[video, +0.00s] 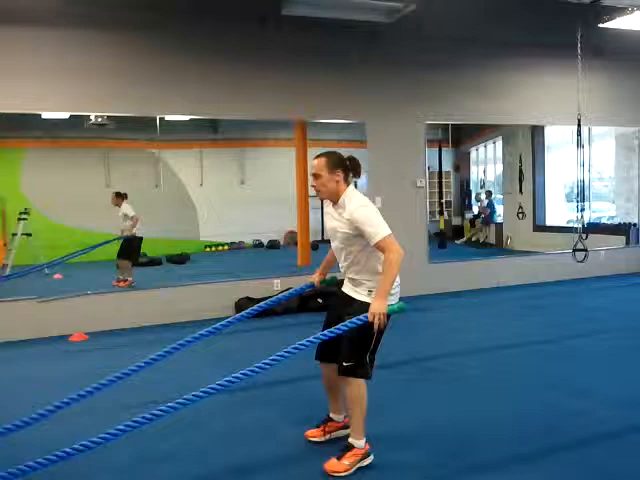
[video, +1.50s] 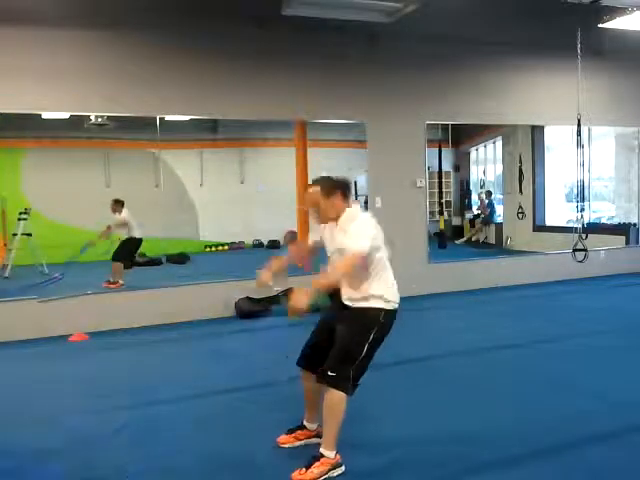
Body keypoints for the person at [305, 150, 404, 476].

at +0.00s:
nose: (312, 183)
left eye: (317, 176)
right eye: (311, 177)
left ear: (338, 177)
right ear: (330, 178)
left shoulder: (359, 208)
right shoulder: (332, 205)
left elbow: (394, 252)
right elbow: (342, 243)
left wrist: (381, 298)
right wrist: (321, 270)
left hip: (369, 299)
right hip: (346, 292)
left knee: (352, 370)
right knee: (326, 358)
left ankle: (359, 446)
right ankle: (339, 418)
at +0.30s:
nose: (329, 187)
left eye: (336, 183)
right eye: (331, 182)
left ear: (356, 190)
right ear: (347, 191)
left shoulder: (376, 225)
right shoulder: (341, 223)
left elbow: (377, 281)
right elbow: (333, 266)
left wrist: (348, 309)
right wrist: (311, 294)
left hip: (380, 310)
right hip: (354, 305)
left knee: (345, 375)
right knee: (326, 366)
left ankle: (350, 450)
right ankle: (334, 424)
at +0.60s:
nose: (331, 214)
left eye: (334, 207)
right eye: (329, 208)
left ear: (354, 199)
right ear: (342, 204)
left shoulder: (378, 218)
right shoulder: (352, 225)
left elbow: (386, 192)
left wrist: (346, 184)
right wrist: (326, 190)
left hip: (397, 300)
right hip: (368, 298)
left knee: (358, 372)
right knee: (333, 361)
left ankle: (365, 448)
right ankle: (343, 423)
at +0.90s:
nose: (320, 231)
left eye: (323, 224)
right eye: (320, 225)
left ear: (340, 224)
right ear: (337, 225)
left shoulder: (366, 245)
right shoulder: (340, 250)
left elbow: (376, 299)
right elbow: (330, 284)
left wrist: (349, 334)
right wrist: (309, 311)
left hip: (411, 303)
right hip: (380, 304)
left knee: (371, 369)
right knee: (346, 357)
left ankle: (365, 449)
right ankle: (345, 426)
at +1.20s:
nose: (311, 233)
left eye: (315, 226)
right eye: (307, 228)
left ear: (331, 220)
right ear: (309, 226)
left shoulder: (353, 239)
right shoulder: (327, 239)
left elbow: (353, 231)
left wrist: (311, 198)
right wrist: (294, 206)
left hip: (392, 307)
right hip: (363, 305)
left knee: (351, 379)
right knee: (324, 365)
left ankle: (333, 455)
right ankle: (312, 427)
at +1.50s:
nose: (316, 212)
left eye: (319, 205)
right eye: (314, 207)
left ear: (338, 199)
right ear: (332, 200)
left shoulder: (363, 225)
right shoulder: (328, 225)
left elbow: (350, 267)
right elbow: (304, 248)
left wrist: (311, 288)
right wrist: (276, 266)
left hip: (375, 305)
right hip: (345, 301)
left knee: (336, 377)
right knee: (312, 364)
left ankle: (330, 456)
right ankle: (312, 427)